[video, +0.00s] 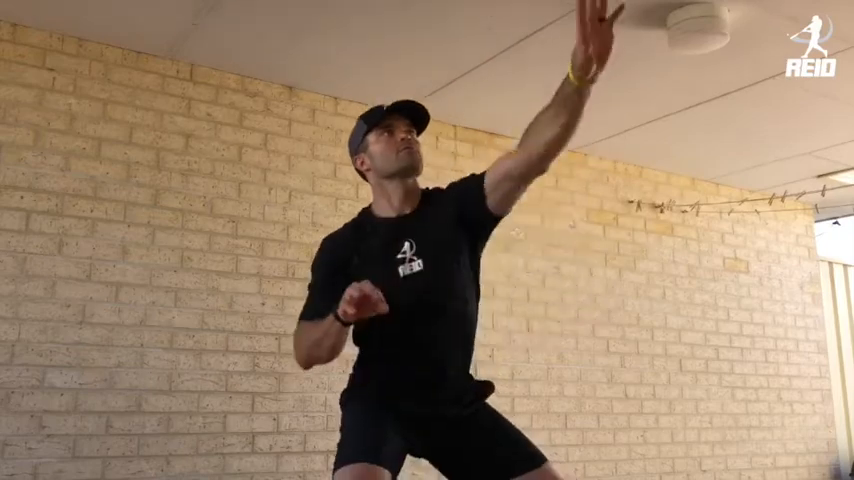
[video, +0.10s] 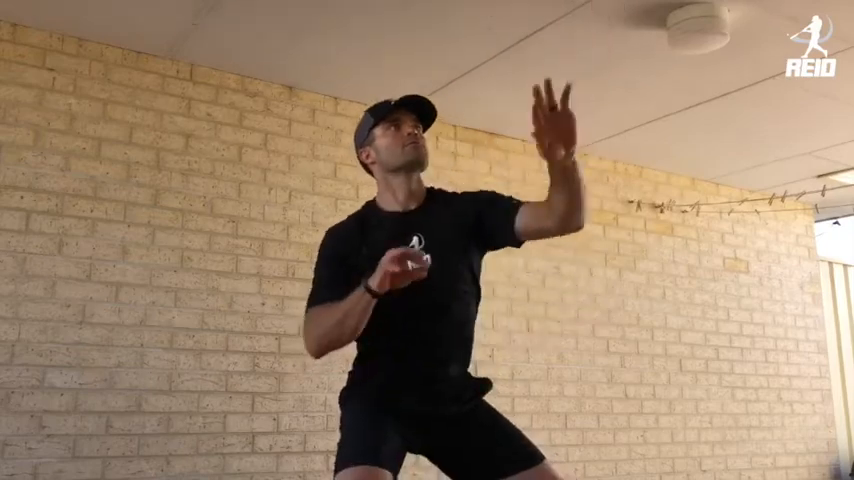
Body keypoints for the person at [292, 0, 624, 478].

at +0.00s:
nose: (406, 136)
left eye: (411, 131)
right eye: (387, 131)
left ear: (422, 152)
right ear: (362, 162)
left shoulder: (460, 209)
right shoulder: (343, 247)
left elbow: (530, 158)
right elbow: (307, 354)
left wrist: (581, 75)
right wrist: (340, 317)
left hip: (454, 404)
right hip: (379, 405)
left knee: (543, 475)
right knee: (360, 475)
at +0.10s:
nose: (413, 130)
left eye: (417, 125)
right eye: (394, 126)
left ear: (426, 144)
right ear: (368, 156)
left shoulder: (467, 212)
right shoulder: (346, 238)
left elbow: (564, 218)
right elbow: (316, 340)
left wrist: (561, 161)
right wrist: (372, 287)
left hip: (454, 400)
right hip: (378, 403)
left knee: (542, 476)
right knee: (362, 475)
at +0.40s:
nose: (481, 144)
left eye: (483, 139)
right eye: (463, 138)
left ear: (492, 154)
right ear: (435, 165)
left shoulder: (495, 252)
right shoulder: (426, 216)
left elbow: (508, 328)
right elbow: (493, 201)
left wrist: (548, 319)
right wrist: (571, 124)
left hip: (467, 407)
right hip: (403, 406)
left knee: (560, 476)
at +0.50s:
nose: (493, 146)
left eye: (497, 141)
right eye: (474, 140)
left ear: (502, 160)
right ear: (447, 165)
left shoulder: (501, 252)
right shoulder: (438, 215)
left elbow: (512, 335)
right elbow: (515, 205)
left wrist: (552, 314)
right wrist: (596, 144)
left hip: (472, 406)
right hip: (412, 406)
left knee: (563, 476)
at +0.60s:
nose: (496, 146)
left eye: (499, 141)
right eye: (479, 140)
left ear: (508, 159)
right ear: (451, 164)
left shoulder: (509, 251)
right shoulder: (434, 216)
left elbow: (548, 331)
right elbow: (475, 253)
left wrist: (568, 286)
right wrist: (567, 202)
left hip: (477, 406)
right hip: (414, 405)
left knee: (565, 475)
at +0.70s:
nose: (498, 148)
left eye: (501, 143)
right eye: (481, 141)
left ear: (508, 160)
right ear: (453, 165)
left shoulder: (513, 245)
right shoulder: (422, 219)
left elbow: (590, 309)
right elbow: (420, 289)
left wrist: (591, 244)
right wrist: (510, 257)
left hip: (475, 402)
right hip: (411, 398)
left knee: (565, 476)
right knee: (398, 473)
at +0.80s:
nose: (496, 149)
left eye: (500, 144)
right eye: (479, 142)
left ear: (506, 162)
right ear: (452, 167)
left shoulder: (520, 241)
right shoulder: (413, 222)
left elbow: (608, 254)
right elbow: (370, 300)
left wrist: (597, 171)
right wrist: (443, 282)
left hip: (472, 403)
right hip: (401, 398)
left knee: (558, 475)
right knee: (380, 474)